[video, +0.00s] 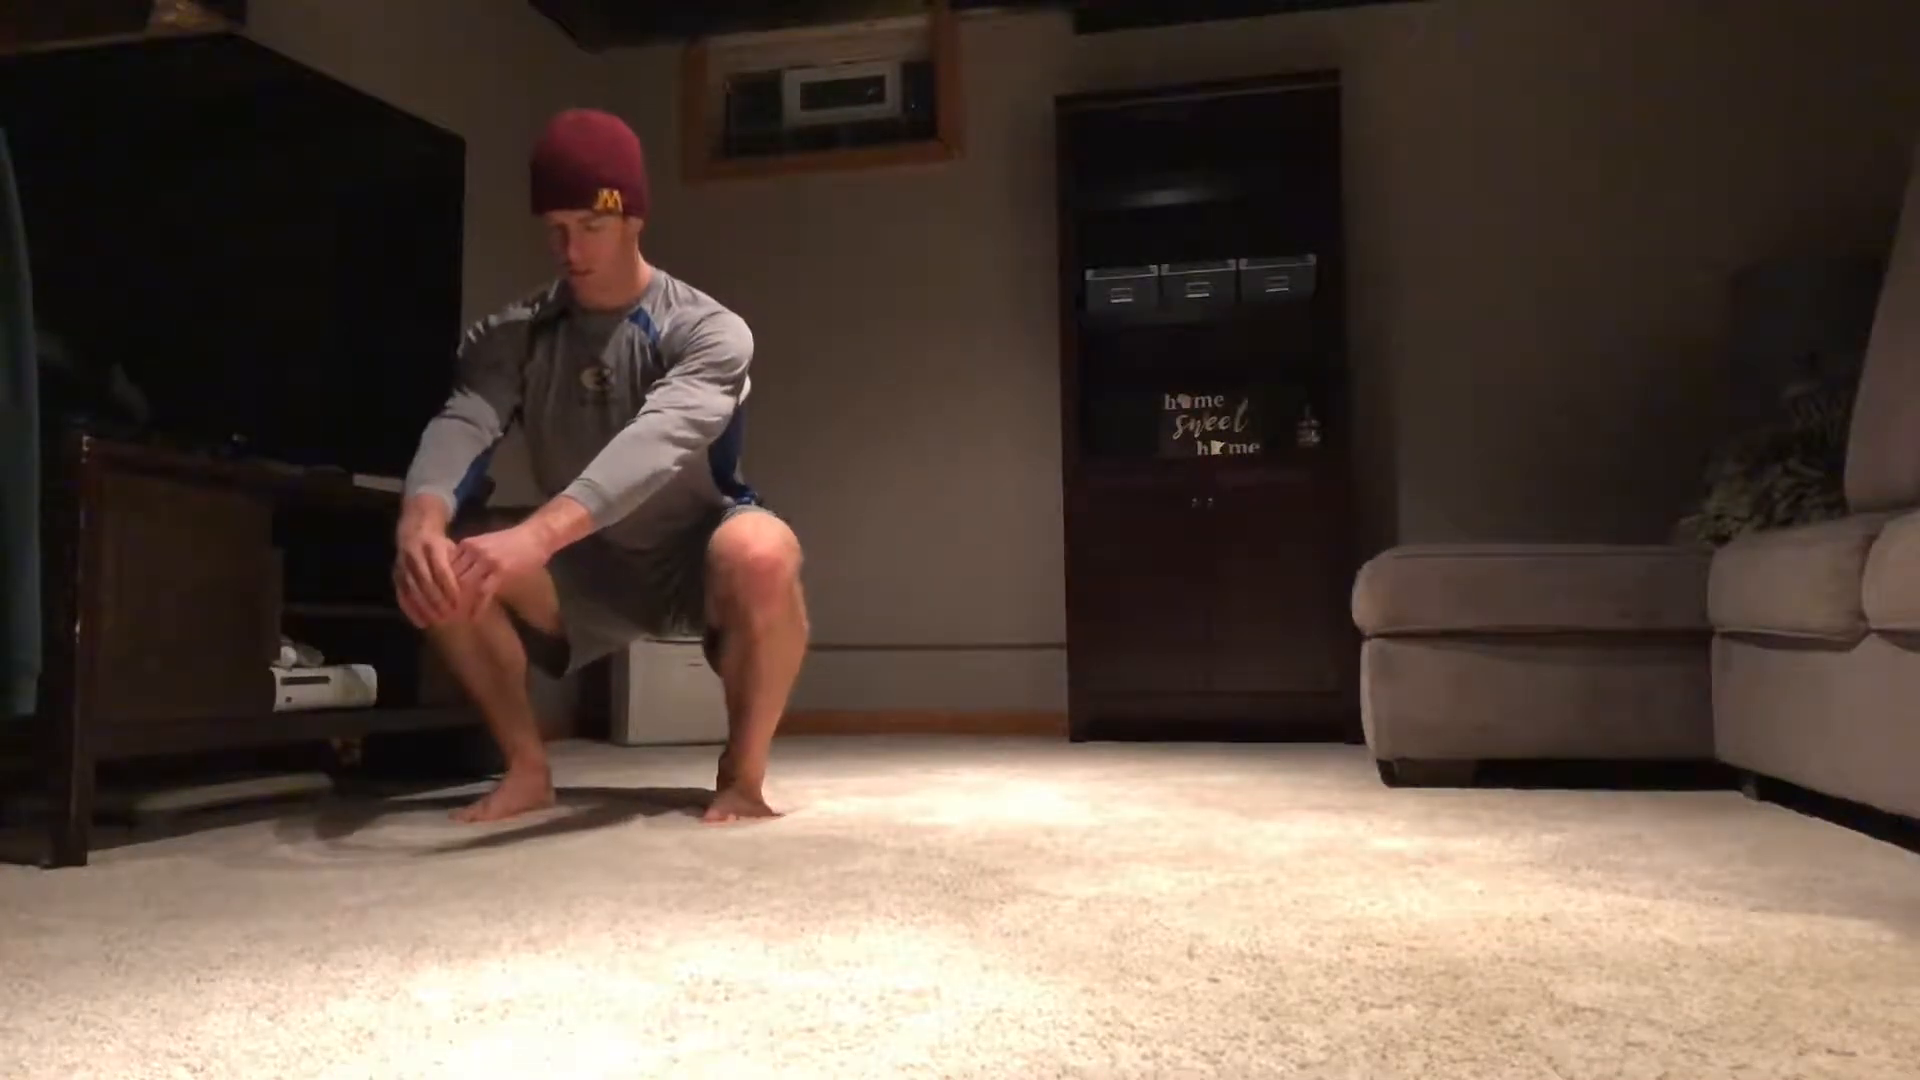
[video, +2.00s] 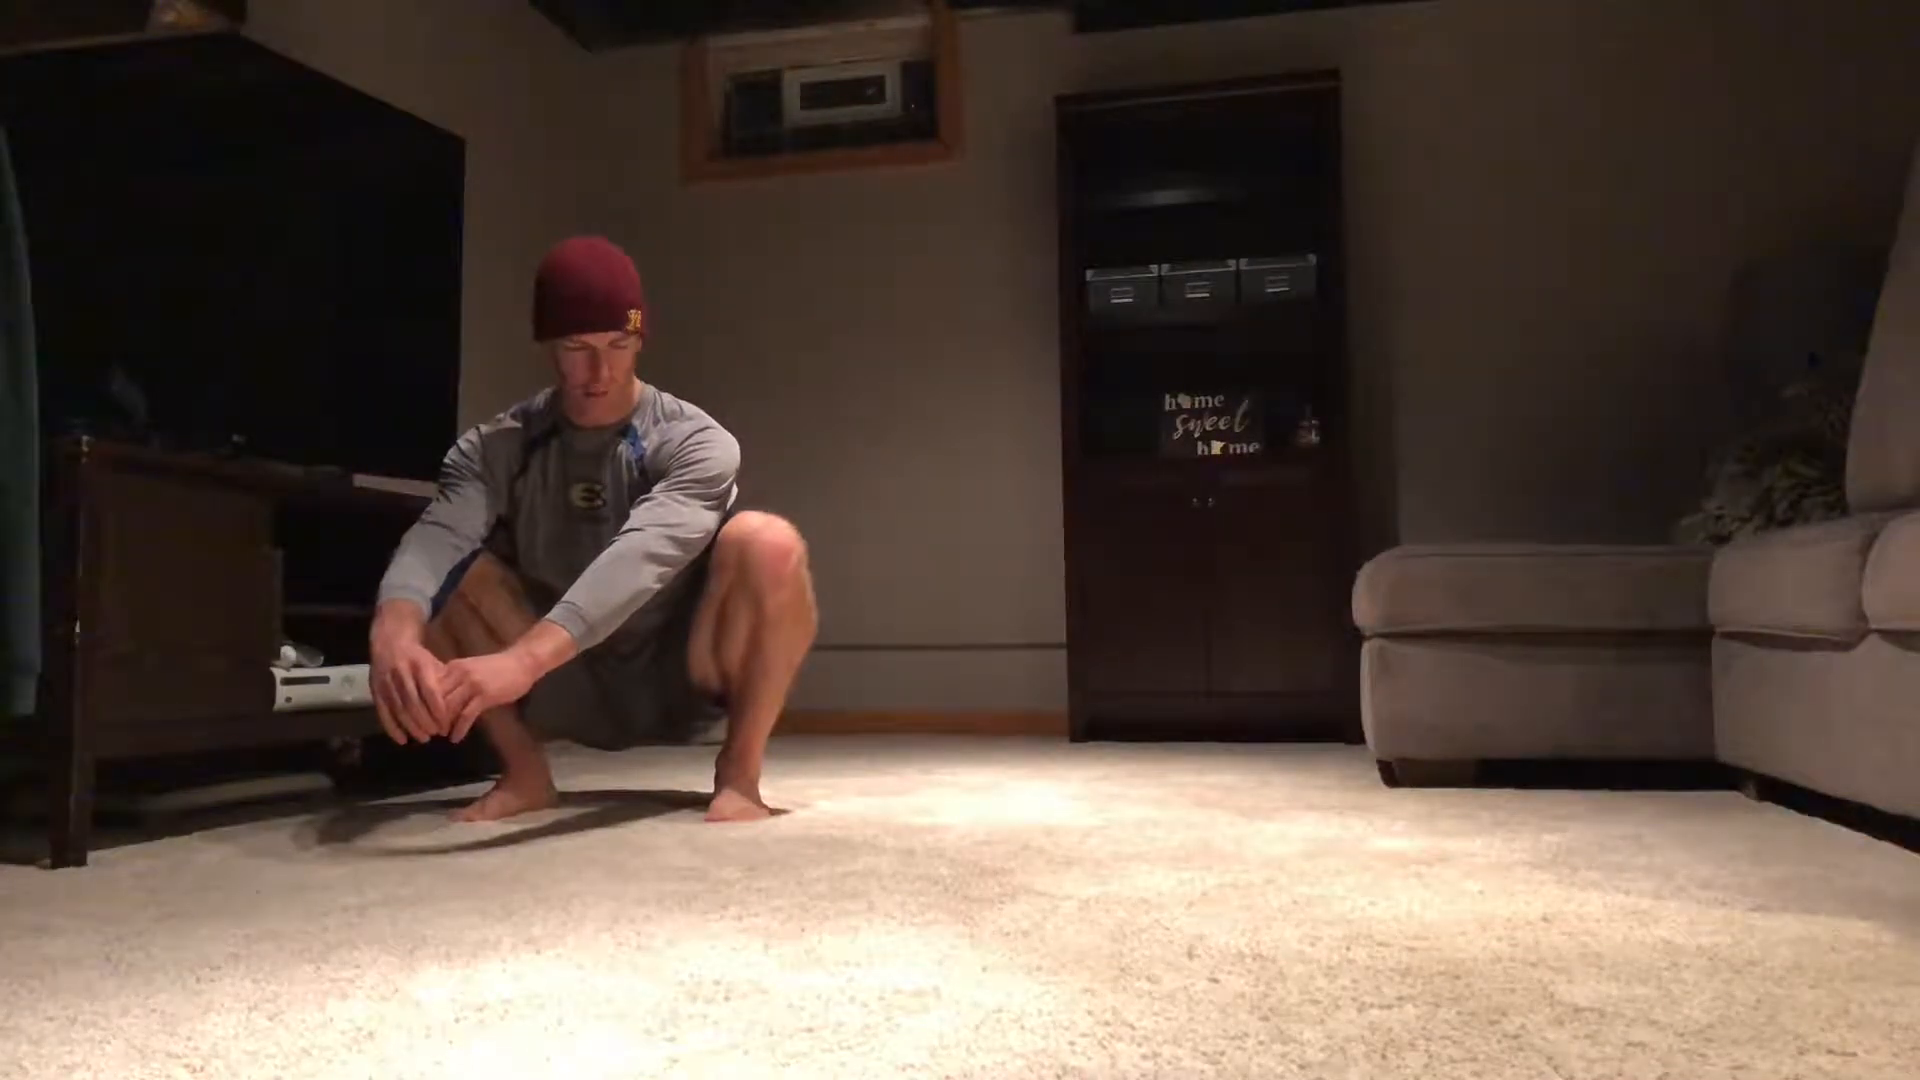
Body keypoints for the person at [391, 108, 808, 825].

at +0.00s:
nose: (570, 251)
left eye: (588, 229)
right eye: (557, 231)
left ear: (633, 219)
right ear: (542, 227)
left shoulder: (712, 335)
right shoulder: (514, 334)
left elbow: (653, 448)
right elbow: (461, 425)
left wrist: (535, 537)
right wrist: (419, 520)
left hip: (696, 564)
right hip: (582, 569)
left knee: (762, 547)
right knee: (446, 571)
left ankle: (744, 778)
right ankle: (526, 769)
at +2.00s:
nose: (598, 371)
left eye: (617, 346)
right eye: (577, 348)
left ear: (641, 338)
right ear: (548, 346)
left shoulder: (699, 447)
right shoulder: (494, 448)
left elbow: (638, 562)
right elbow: (434, 541)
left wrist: (522, 662)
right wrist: (393, 636)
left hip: (680, 681)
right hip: (569, 688)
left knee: (768, 542)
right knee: (450, 571)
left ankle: (741, 779)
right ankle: (524, 775)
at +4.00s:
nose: (786, 469)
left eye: (796, 449)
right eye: (765, 449)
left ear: (806, 441)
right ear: (709, 435)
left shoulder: (804, 494)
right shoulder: (617, 496)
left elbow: (879, 633)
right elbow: (680, 669)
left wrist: (968, 778)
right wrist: (807, 779)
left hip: (717, 635)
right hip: (598, 630)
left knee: (880, 555)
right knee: (443, 610)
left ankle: (752, 774)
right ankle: (520, 766)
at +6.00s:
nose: (985, 846)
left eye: (1004, 832)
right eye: (963, 832)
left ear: (1050, 724)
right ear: (910, 726)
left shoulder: (1127, 646)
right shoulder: (835, 658)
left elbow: (1260, 710)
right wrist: (861, 823)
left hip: (1040, 476)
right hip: (881, 482)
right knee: (680, 751)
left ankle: (1103, 813)